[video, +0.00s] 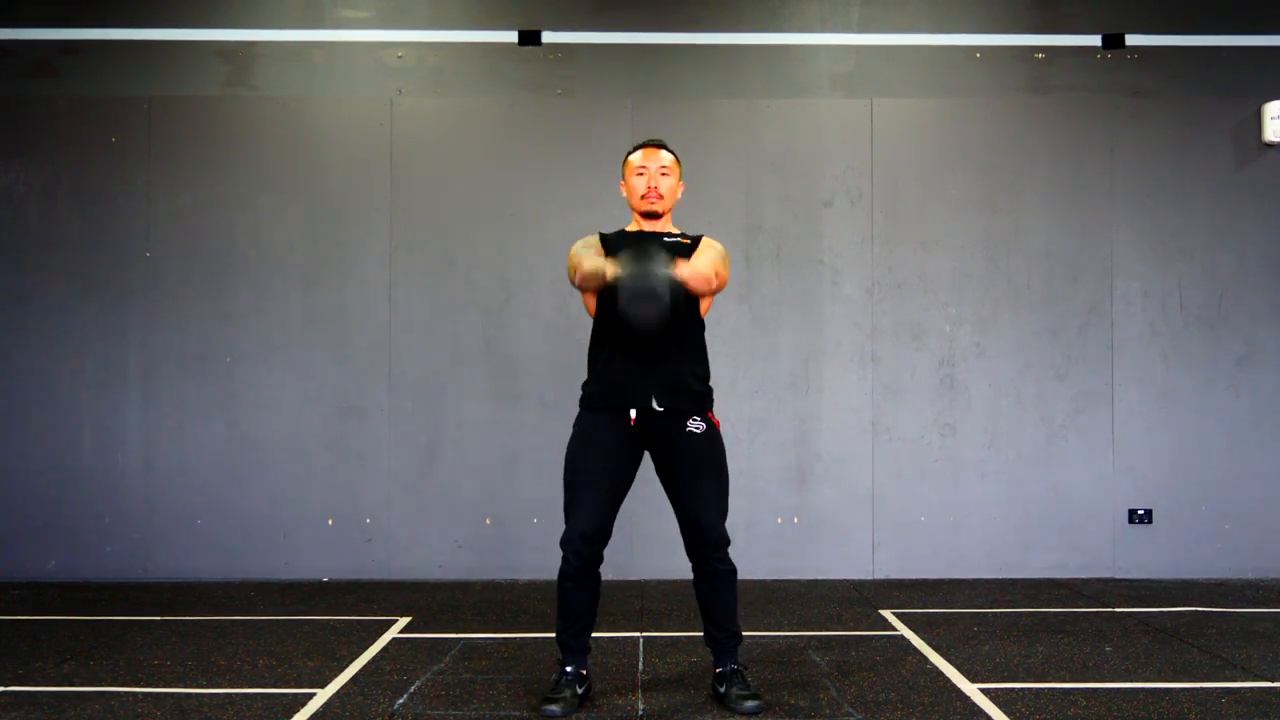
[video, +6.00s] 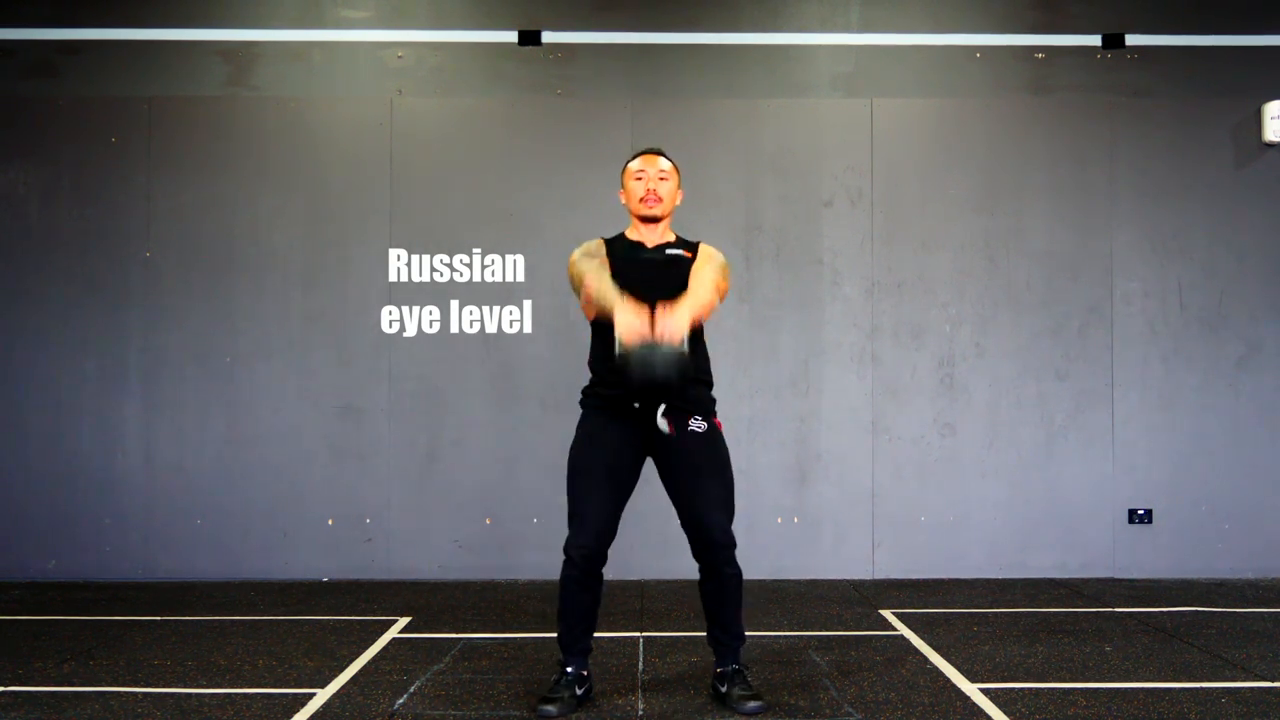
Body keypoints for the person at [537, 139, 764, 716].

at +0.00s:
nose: (652, 180)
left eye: (664, 172)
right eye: (641, 172)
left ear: (680, 187)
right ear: (624, 187)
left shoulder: (700, 246)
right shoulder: (598, 245)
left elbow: (710, 272)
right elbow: (584, 267)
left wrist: (676, 276)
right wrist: (610, 274)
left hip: (686, 418)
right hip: (608, 417)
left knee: (710, 544)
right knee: (581, 542)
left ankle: (728, 671)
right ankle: (572, 671)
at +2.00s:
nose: (650, 185)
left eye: (660, 171)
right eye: (639, 170)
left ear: (674, 185)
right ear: (620, 185)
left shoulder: (702, 247)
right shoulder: (594, 246)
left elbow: (711, 237)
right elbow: (581, 230)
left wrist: (673, 177)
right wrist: (610, 188)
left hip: (687, 413)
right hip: (609, 411)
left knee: (710, 545)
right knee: (584, 544)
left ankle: (729, 670)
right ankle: (572, 672)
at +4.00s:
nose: (641, 238)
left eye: (654, 226)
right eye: (629, 226)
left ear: (675, 240)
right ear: (614, 240)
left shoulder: (708, 313)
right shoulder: (582, 316)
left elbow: (697, 410)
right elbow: (593, 412)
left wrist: (675, 477)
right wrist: (619, 479)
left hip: (685, 445)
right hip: (605, 446)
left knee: (747, 534)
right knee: (548, 539)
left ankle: (734, 669)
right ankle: (568, 673)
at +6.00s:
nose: (651, 183)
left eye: (662, 176)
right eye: (639, 175)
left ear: (679, 194)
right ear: (622, 194)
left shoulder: (705, 257)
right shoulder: (593, 254)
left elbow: (705, 292)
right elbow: (597, 290)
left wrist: (679, 314)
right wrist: (624, 311)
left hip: (687, 417)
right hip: (611, 417)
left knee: (716, 544)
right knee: (584, 546)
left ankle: (730, 671)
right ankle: (573, 673)